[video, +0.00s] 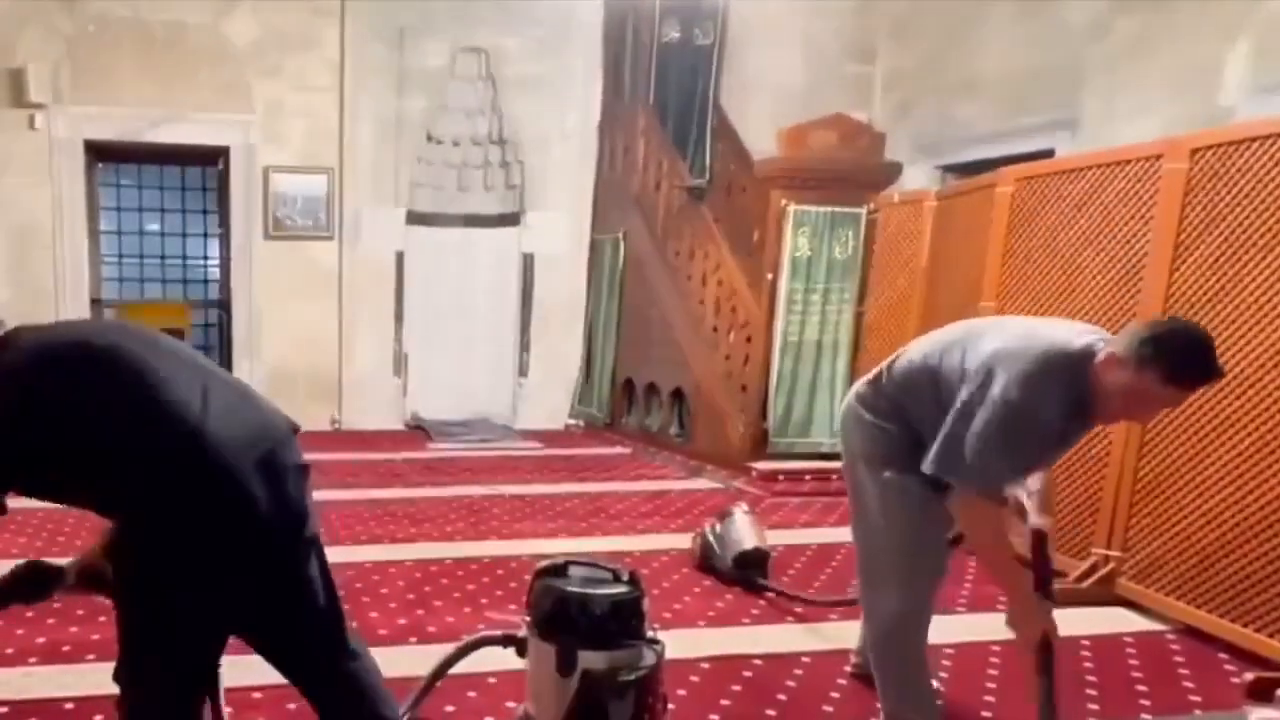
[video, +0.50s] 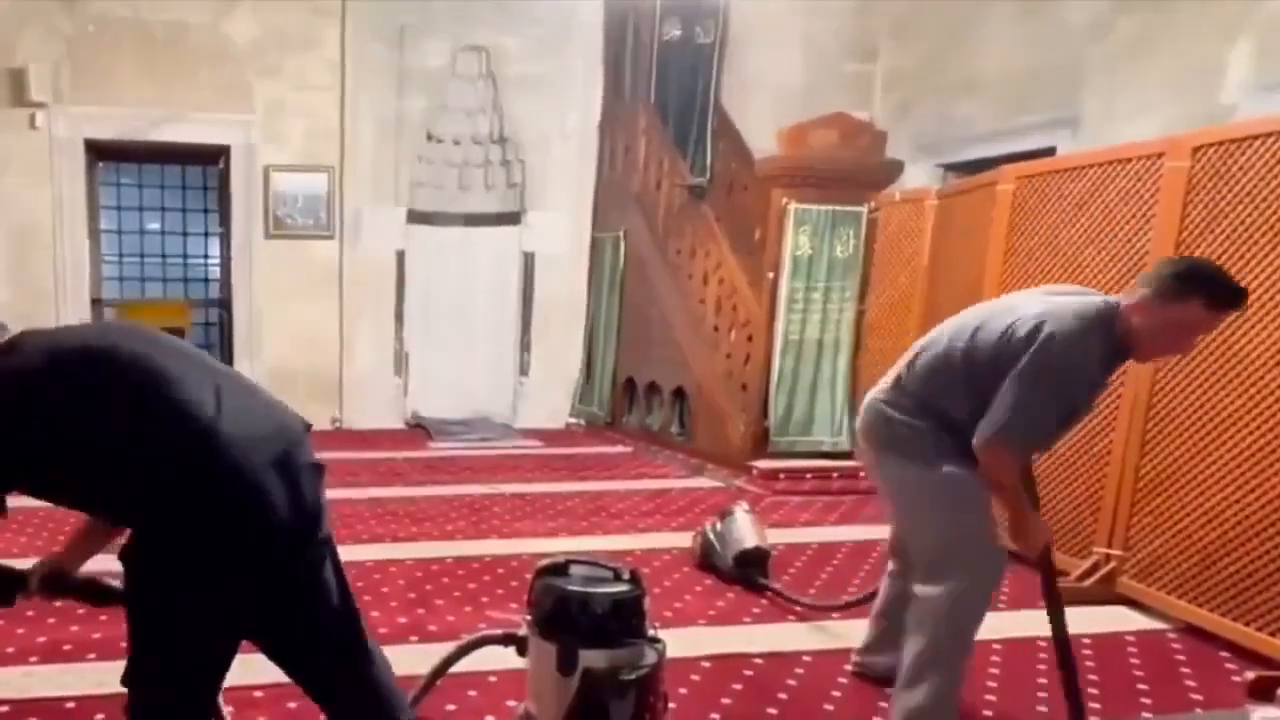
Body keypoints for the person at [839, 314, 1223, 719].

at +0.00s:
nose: (1148, 417)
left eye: (1162, 407)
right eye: (1149, 398)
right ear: (1116, 363)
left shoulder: (1097, 375)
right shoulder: (1029, 379)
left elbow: (1040, 448)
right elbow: (971, 505)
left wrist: (1038, 514)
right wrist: (1020, 597)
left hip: (943, 429)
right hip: (887, 423)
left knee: (922, 561)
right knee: (900, 586)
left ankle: (875, 653)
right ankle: (910, 707)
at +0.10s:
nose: (1153, 393)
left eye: (1165, 384)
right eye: (1156, 377)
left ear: (1123, 339)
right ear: (1123, 343)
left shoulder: (1094, 354)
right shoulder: (1033, 360)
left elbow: (1027, 419)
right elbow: (964, 479)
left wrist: (1024, 468)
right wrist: (1013, 565)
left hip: (936, 426)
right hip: (889, 422)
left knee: (918, 565)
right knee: (900, 586)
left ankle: (876, 655)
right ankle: (909, 709)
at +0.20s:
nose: (1166, 378)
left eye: (1177, 368)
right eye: (1170, 362)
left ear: (1133, 327)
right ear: (1136, 332)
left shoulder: (1094, 348)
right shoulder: (1046, 349)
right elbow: (963, 466)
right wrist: (1015, 543)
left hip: (932, 429)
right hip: (892, 421)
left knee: (920, 563)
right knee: (901, 583)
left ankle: (879, 656)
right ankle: (907, 707)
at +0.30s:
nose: (1174, 364)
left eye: (1184, 354)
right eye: (1177, 348)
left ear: (1138, 317)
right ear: (1143, 320)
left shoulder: (1097, 345)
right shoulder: (1054, 340)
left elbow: (1017, 419)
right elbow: (970, 454)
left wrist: (1013, 475)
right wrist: (1011, 528)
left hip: (935, 428)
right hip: (896, 421)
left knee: (923, 562)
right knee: (903, 580)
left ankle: (880, 655)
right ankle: (907, 707)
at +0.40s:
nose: (1182, 354)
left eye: (1191, 342)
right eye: (1183, 337)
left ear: (1142, 309)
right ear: (1148, 313)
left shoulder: (1096, 337)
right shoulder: (1063, 339)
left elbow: (1011, 434)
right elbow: (981, 448)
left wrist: (1017, 503)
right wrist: (1015, 519)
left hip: (925, 428)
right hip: (904, 428)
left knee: (915, 559)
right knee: (931, 576)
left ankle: (877, 653)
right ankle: (909, 704)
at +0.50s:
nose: (1189, 347)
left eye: (1199, 335)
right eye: (1191, 330)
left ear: (1146, 302)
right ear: (1157, 308)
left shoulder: (1095, 327)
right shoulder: (1074, 339)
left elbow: (1012, 432)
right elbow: (994, 447)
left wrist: (1022, 513)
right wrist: (1025, 520)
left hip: (916, 421)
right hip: (914, 430)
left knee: (918, 548)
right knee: (969, 565)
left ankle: (882, 655)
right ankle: (923, 707)